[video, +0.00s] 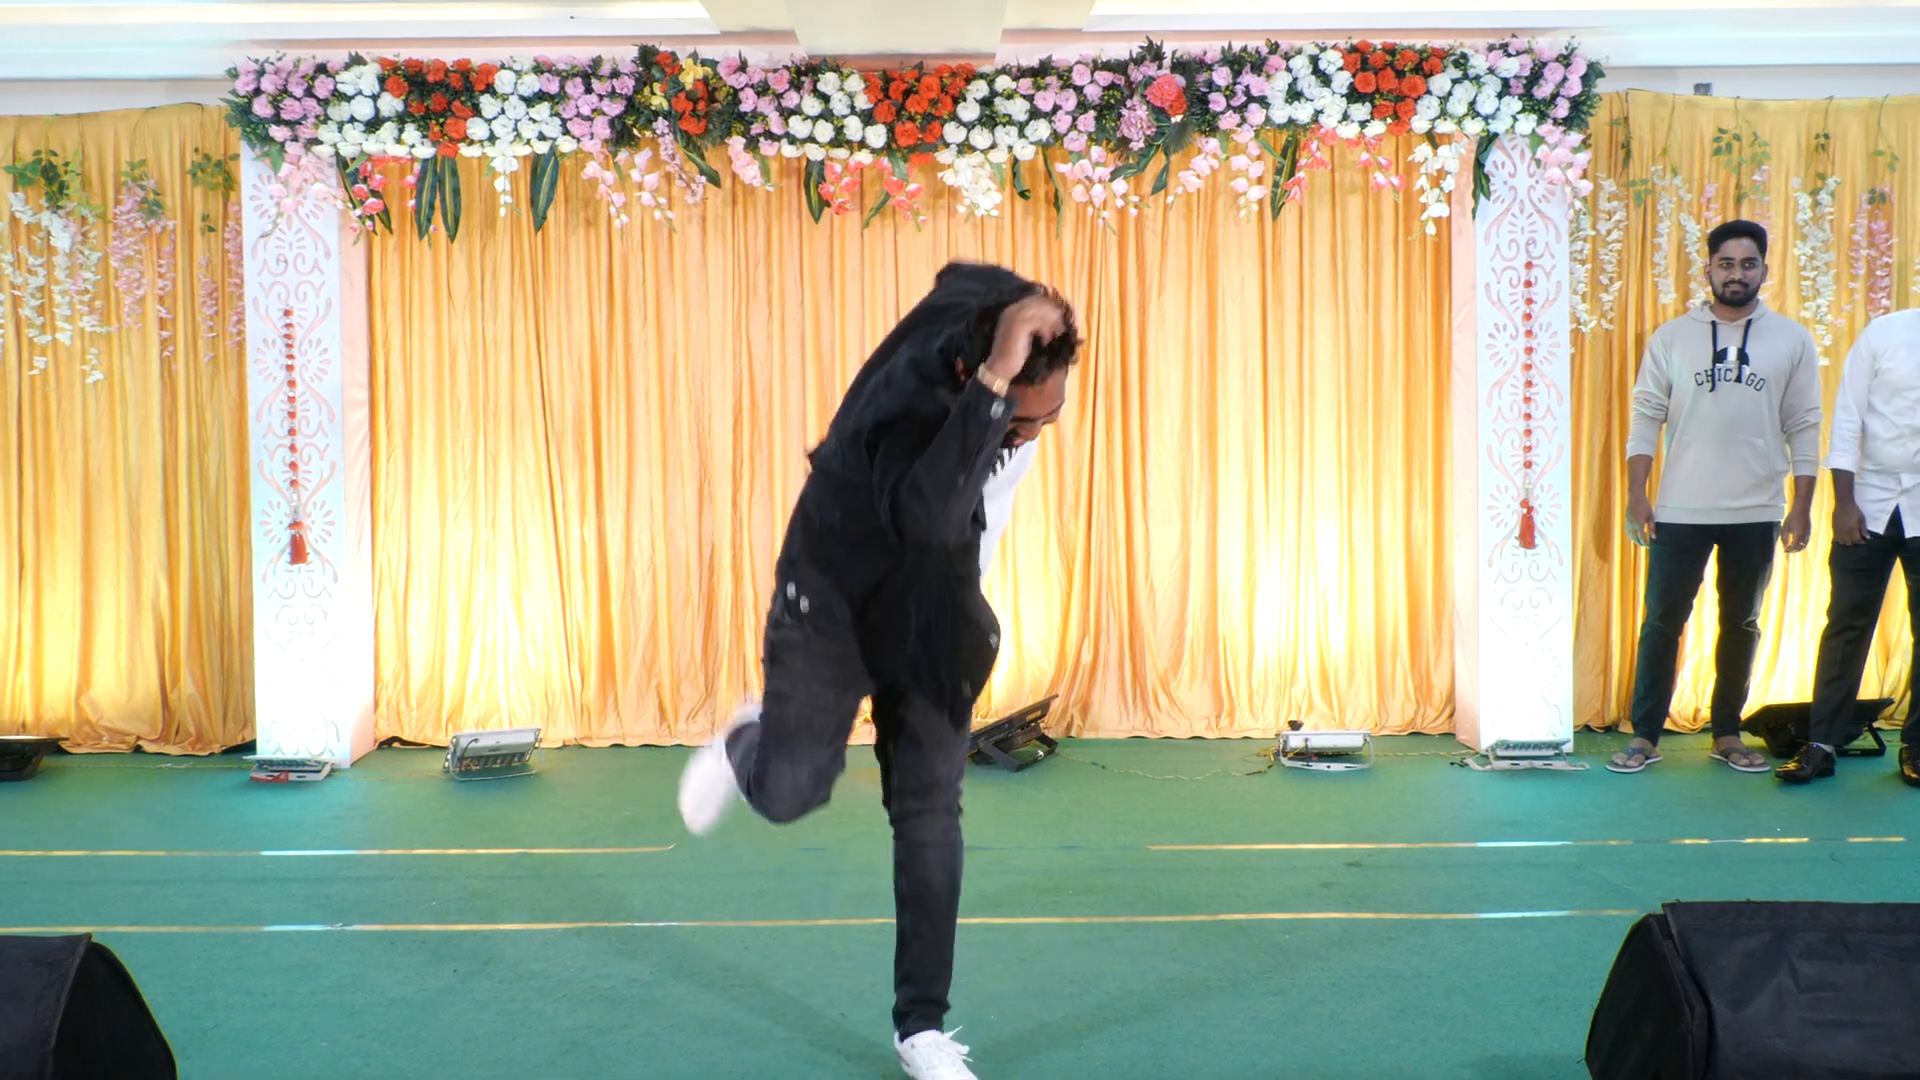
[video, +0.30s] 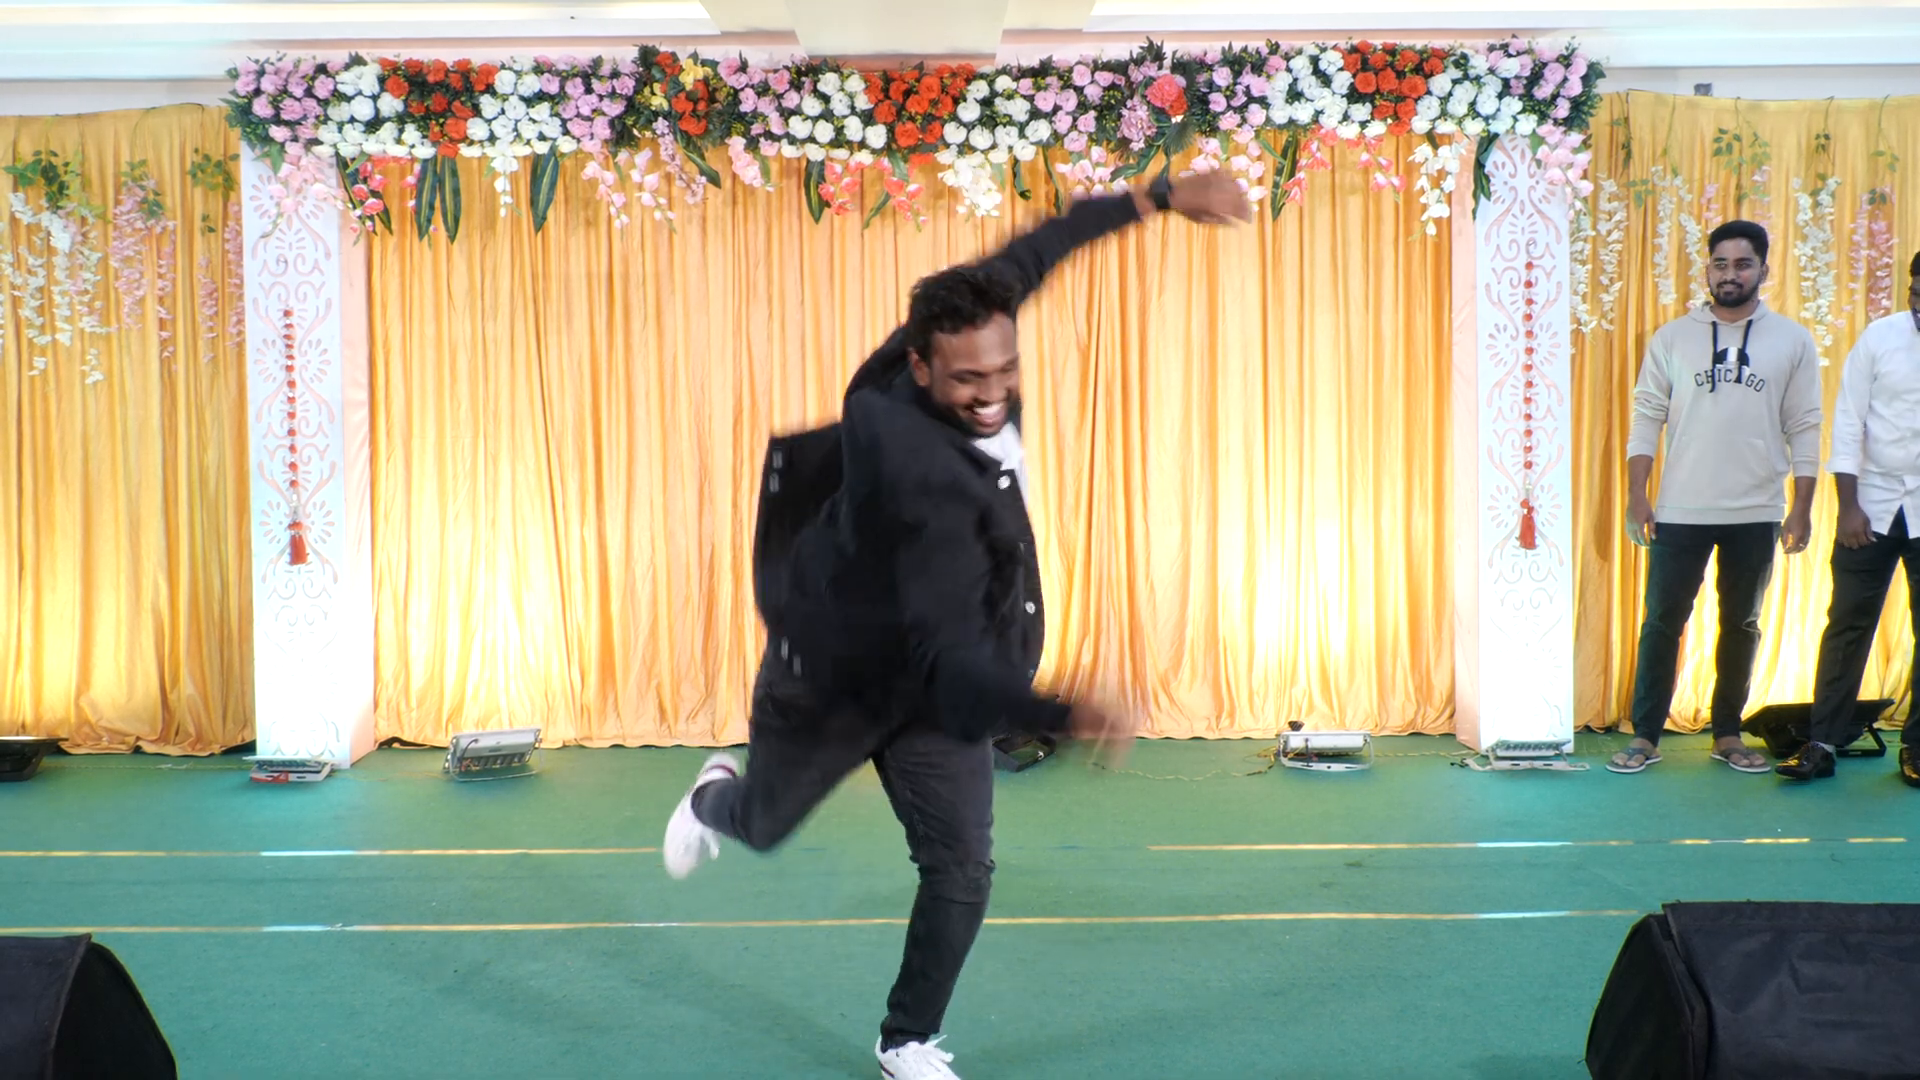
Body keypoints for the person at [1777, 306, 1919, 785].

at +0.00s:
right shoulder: (1886, 333)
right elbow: (1847, 417)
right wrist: (1843, 500)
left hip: (1917, 509)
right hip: (1871, 502)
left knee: (1919, 634)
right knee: (1846, 625)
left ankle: (1914, 746)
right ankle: (1821, 744)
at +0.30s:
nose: (1918, 286)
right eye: (1916, 277)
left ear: (1919, 286)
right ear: (1909, 283)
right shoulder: (1882, 338)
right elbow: (1847, 423)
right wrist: (1848, 502)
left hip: (1919, 508)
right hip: (1877, 501)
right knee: (1848, 624)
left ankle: (1915, 745)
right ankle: (1821, 743)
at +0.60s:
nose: (1918, 282)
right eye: (1916, 274)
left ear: (1919, 283)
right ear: (1911, 281)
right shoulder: (1884, 336)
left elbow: (1847, 415)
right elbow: (1848, 416)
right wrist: (1840, 493)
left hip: (1919, 508)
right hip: (1877, 497)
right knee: (1847, 618)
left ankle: (1915, 747)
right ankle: (1831, 740)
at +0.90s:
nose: (1917, 281)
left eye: (1917, 272)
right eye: (1916, 272)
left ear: (1913, 281)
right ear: (1910, 280)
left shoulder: (1885, 338)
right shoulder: (1882, 338)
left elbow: (1847, 423)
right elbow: (1848, 424)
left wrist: (1829, 501)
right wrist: (1828, 501)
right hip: (1886, 512)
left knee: (1905, 640)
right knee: (1887, 635)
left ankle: (1906, 752)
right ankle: (1890, 755)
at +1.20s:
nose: (1915, 280)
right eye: (1907, 270)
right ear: (1898, 277)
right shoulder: (1878, 347)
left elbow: (1838, 431)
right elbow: (1838, 430)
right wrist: (1824, 514)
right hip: (1896, 517)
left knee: (1900, 644)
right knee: (1884, 641)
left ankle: (1890, 750)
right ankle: (1887, 756)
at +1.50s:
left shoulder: (1909, 351)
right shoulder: (1911, 349)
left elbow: (1891, 423)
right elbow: (1891, 422)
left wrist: (1877, 495)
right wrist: (1876, 496)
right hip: (1914, 523)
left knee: (1905, 643)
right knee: (1903, 642)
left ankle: (1893, 759)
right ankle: (1891, 758)